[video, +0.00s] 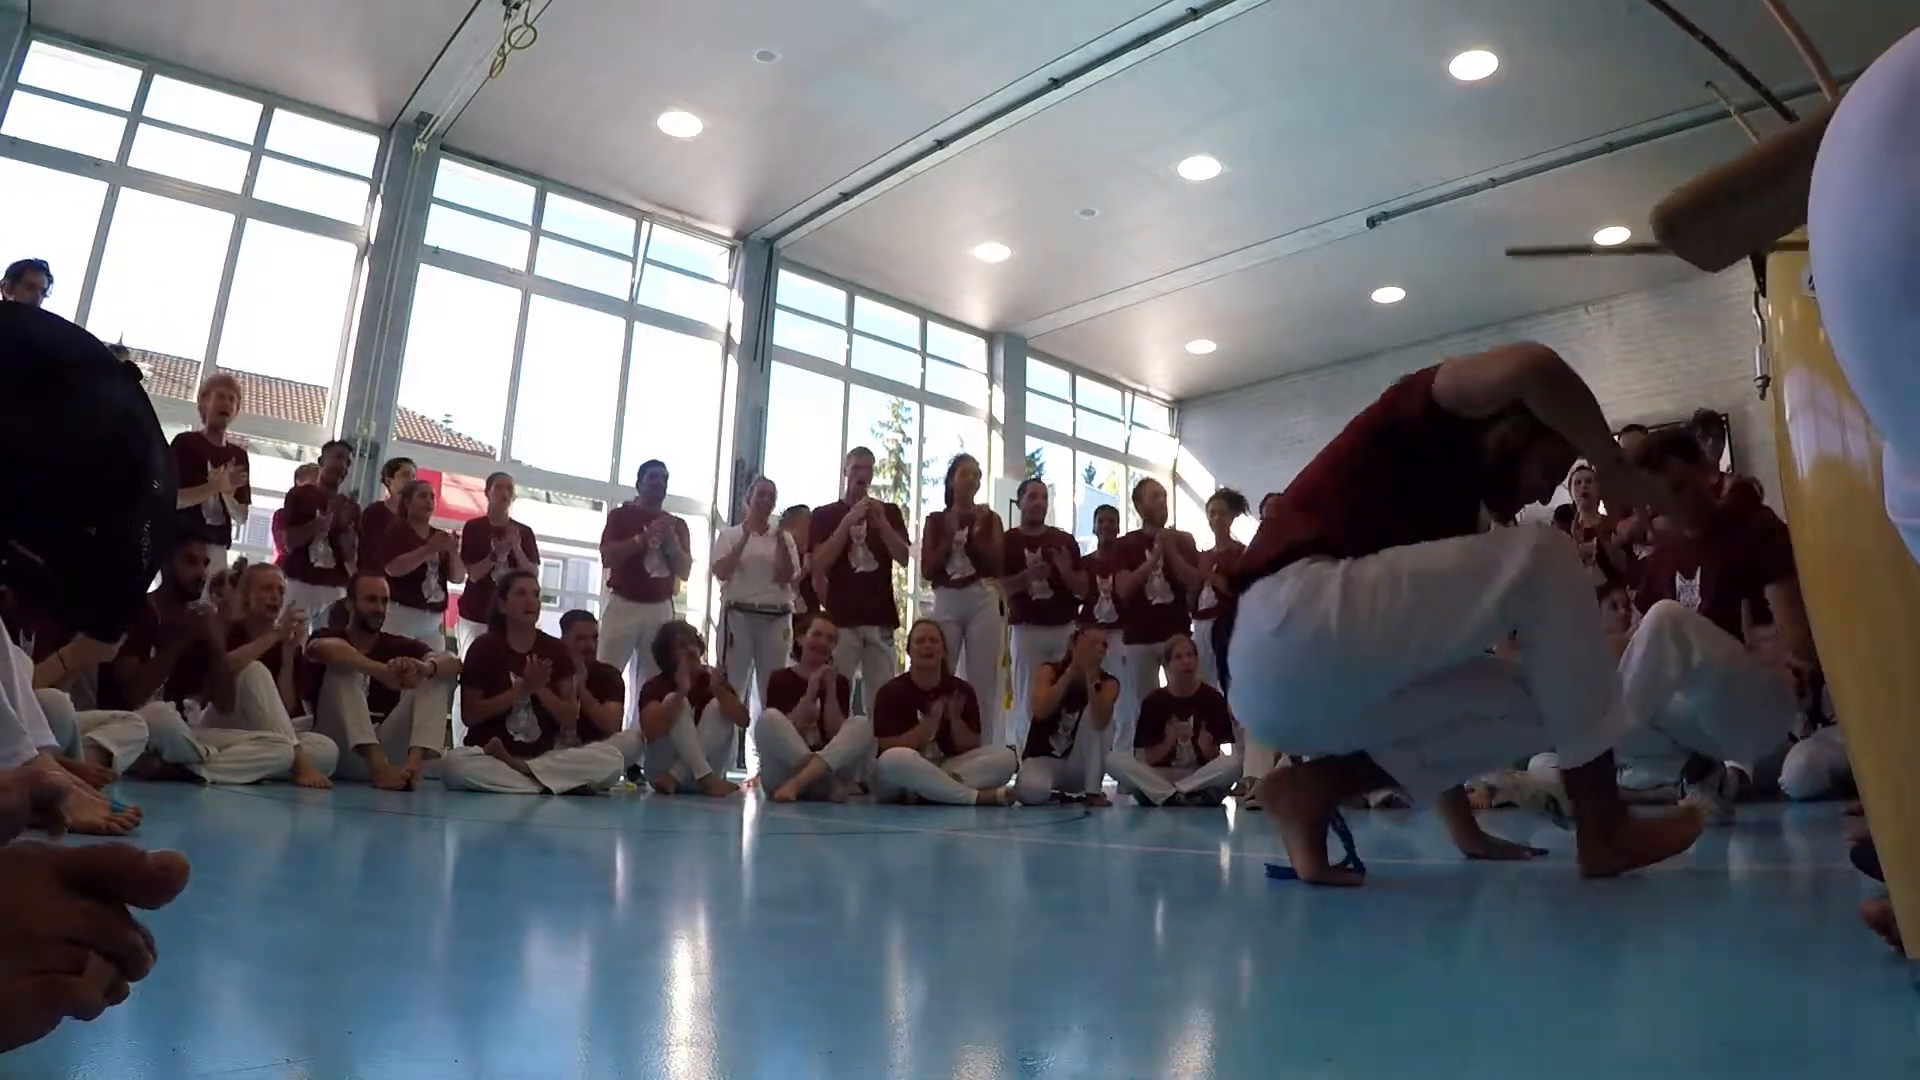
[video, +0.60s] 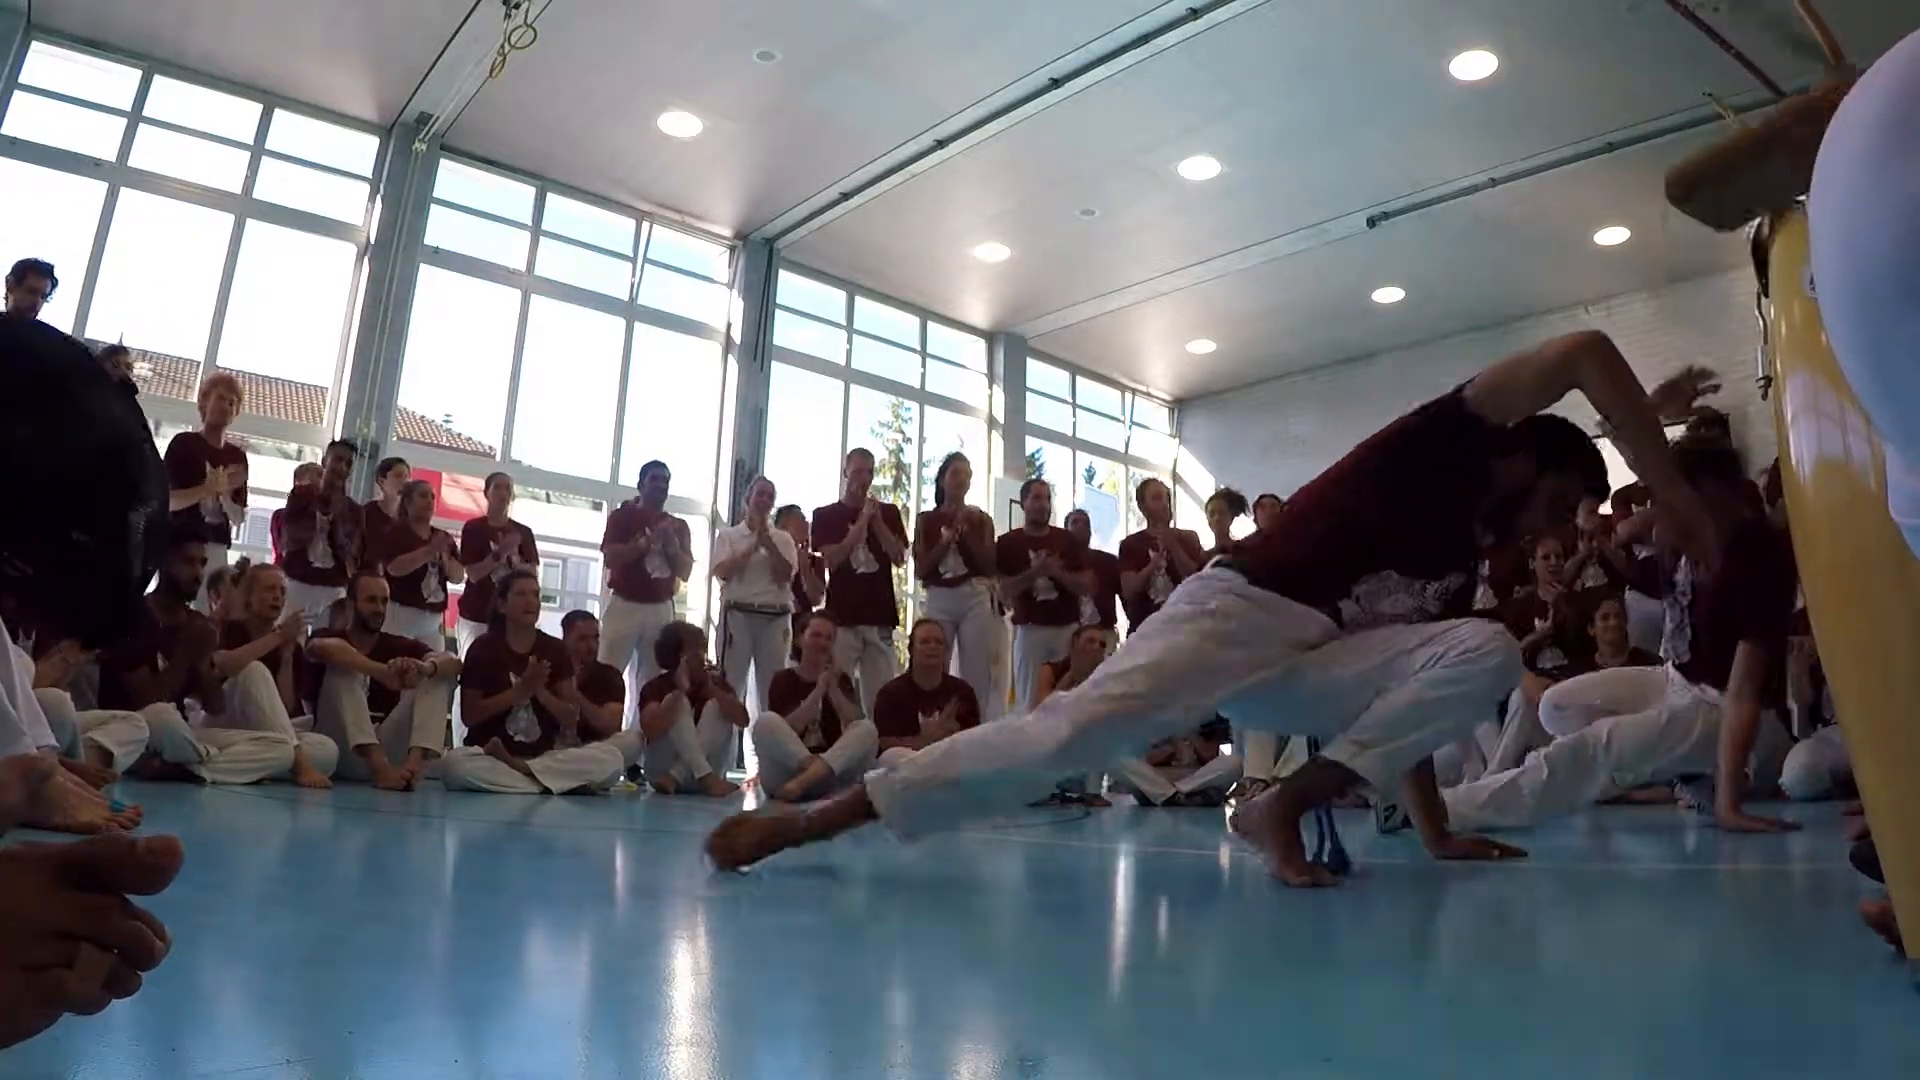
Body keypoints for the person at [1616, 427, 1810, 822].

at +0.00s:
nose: (1670, 507)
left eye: (1677, 489)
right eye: (1661, 497)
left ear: (1702, 478)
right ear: (1650, 501)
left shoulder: (1753, 526)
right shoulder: (1662, 555)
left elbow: (1795, 634)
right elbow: (1639, 635)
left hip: (1760, 711)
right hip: (1684, 711)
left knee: (1665, 619)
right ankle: (1695, 773)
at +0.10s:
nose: (1683, 510)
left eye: (1689, 493)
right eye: (1669, 504)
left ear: (1716, 479)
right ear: (1659, 508)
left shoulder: (1763, 534)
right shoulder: (1674, 553)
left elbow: (1790, 642)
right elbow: (1631, 626)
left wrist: (1772, 703)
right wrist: (1566, 635)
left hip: (1760, 707)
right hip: (1691, 702)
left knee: (1636, 659)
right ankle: (1698, 775)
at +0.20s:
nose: (1688, 513)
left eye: (1695, 497)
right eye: (1675, 506)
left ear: (1722, 481)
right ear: (1666, 508)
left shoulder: (1769, 538)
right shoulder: (1681, 552)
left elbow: (1787, 649)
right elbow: (1610, 602)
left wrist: (1766, 741)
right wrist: (1538, 579)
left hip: (1748, 703)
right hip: (1683, 691)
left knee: (1589, 697)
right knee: (1578, 695)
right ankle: (1695, 779)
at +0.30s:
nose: (1696, 524)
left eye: (1704, 509)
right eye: (1685, 512)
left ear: (1732, 491)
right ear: (1672, 507)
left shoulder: (1769, 541)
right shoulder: (1677, 546)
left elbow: (1786, 658)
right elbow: (1593, 554)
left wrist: (1753, 764)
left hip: (1747, 704)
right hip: (1689, 689)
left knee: (1595, 735)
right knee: (1578, 693)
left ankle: (1445, 791)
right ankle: (1697, 783)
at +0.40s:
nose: (1698, 524)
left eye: (1707, 509)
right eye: (1687, 513)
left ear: (1733, 495)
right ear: (1671, 509)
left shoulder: (1765, 550)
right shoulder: (1687, 551)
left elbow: (1767, 672)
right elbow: (1629, 569)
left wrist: (1744, 773)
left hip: (1738, 714)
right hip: (1690, 689)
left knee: (1597, 745)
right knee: (1573, 696)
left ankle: (1443, 801)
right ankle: (1694, 781)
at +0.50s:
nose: (1693, 524)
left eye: (1705, 507)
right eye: (1680, 511)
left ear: (1731, 492)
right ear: (1665, 507)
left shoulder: (1763, 550)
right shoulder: (1697, 546)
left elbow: (1755, 682)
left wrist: (1735, 801)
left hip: (1726, 717)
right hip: (1684, 685)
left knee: (1591, 756)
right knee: (1565, 699)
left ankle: (1439, 811)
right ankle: (1694, 783)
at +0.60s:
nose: (1651, 519)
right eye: (1653, 505)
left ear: (1699, 500)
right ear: (1693, 500)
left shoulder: (1761, 554)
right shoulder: (1690, 547)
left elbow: (1745, 689)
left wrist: (1727, 807)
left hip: (1715, 711)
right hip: (1674, 680)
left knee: (1578, 754)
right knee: (1556, 706)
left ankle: (1434, 811)